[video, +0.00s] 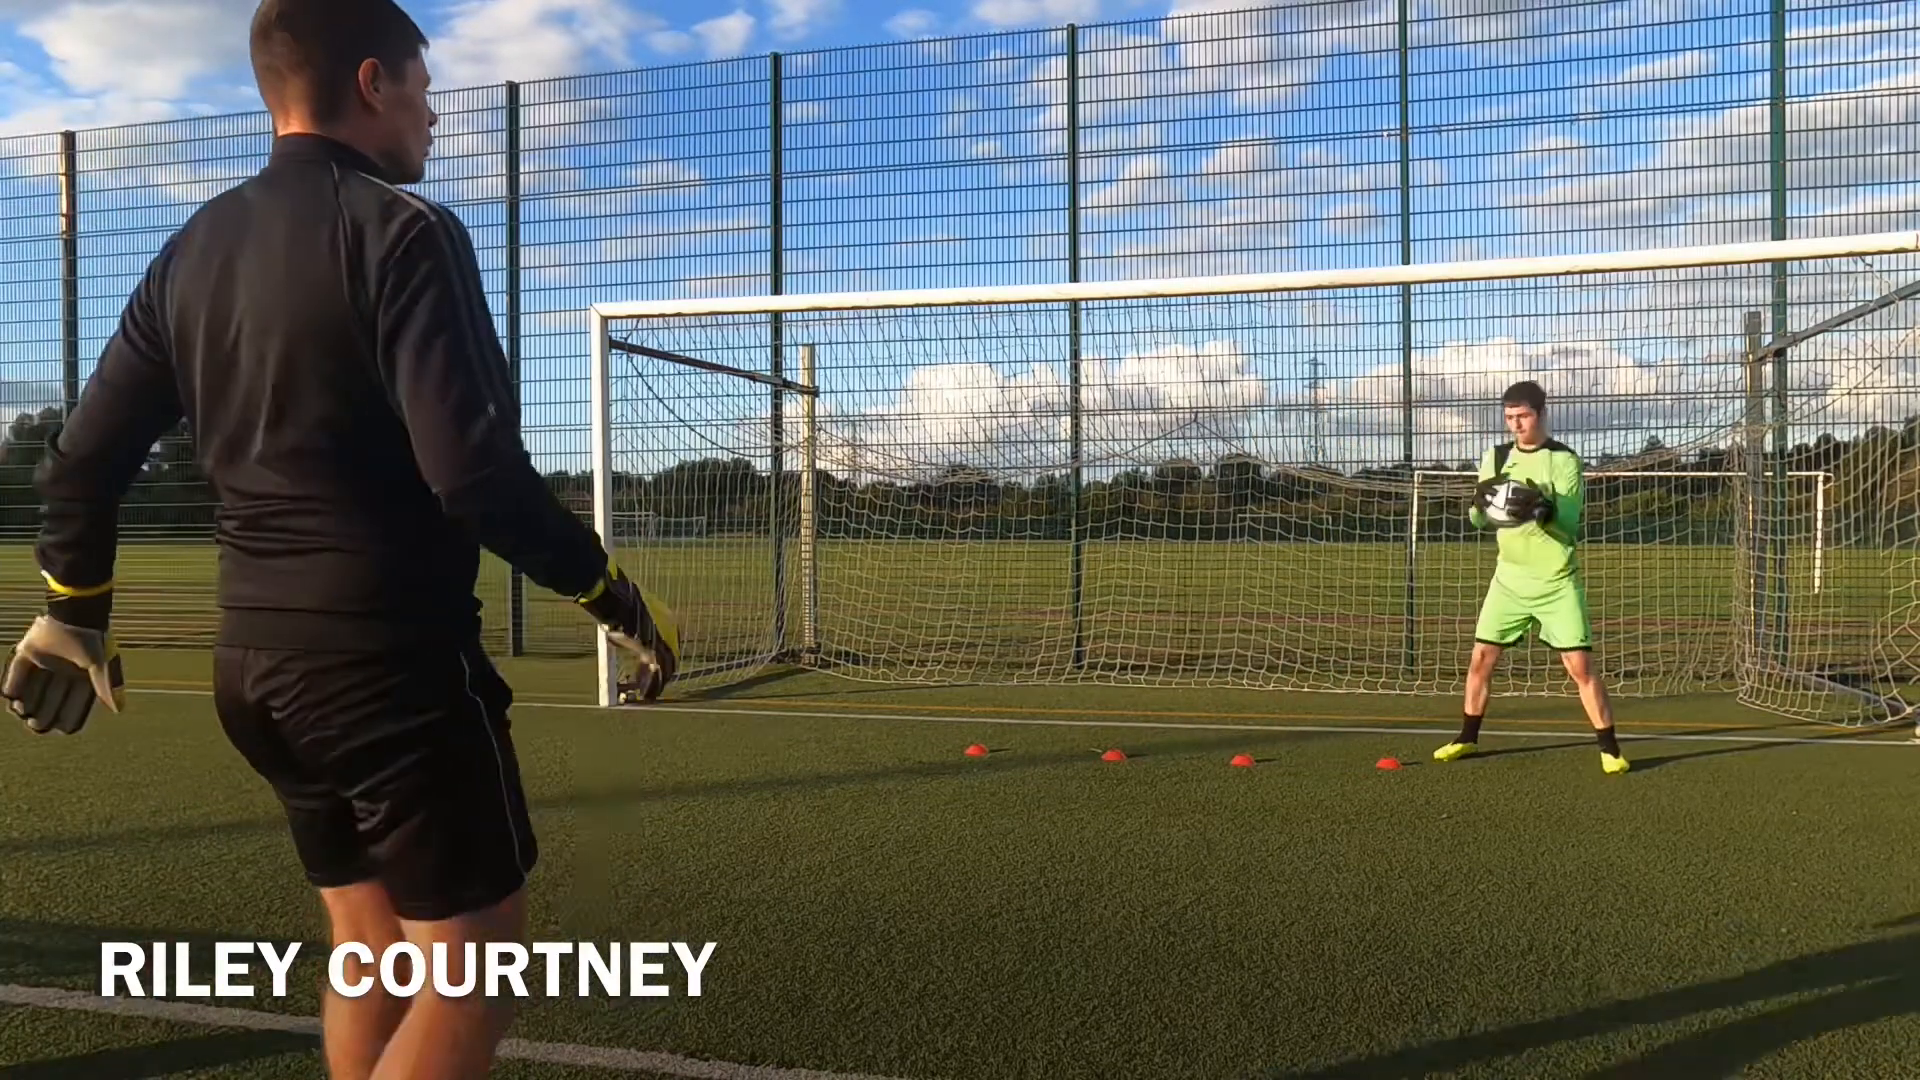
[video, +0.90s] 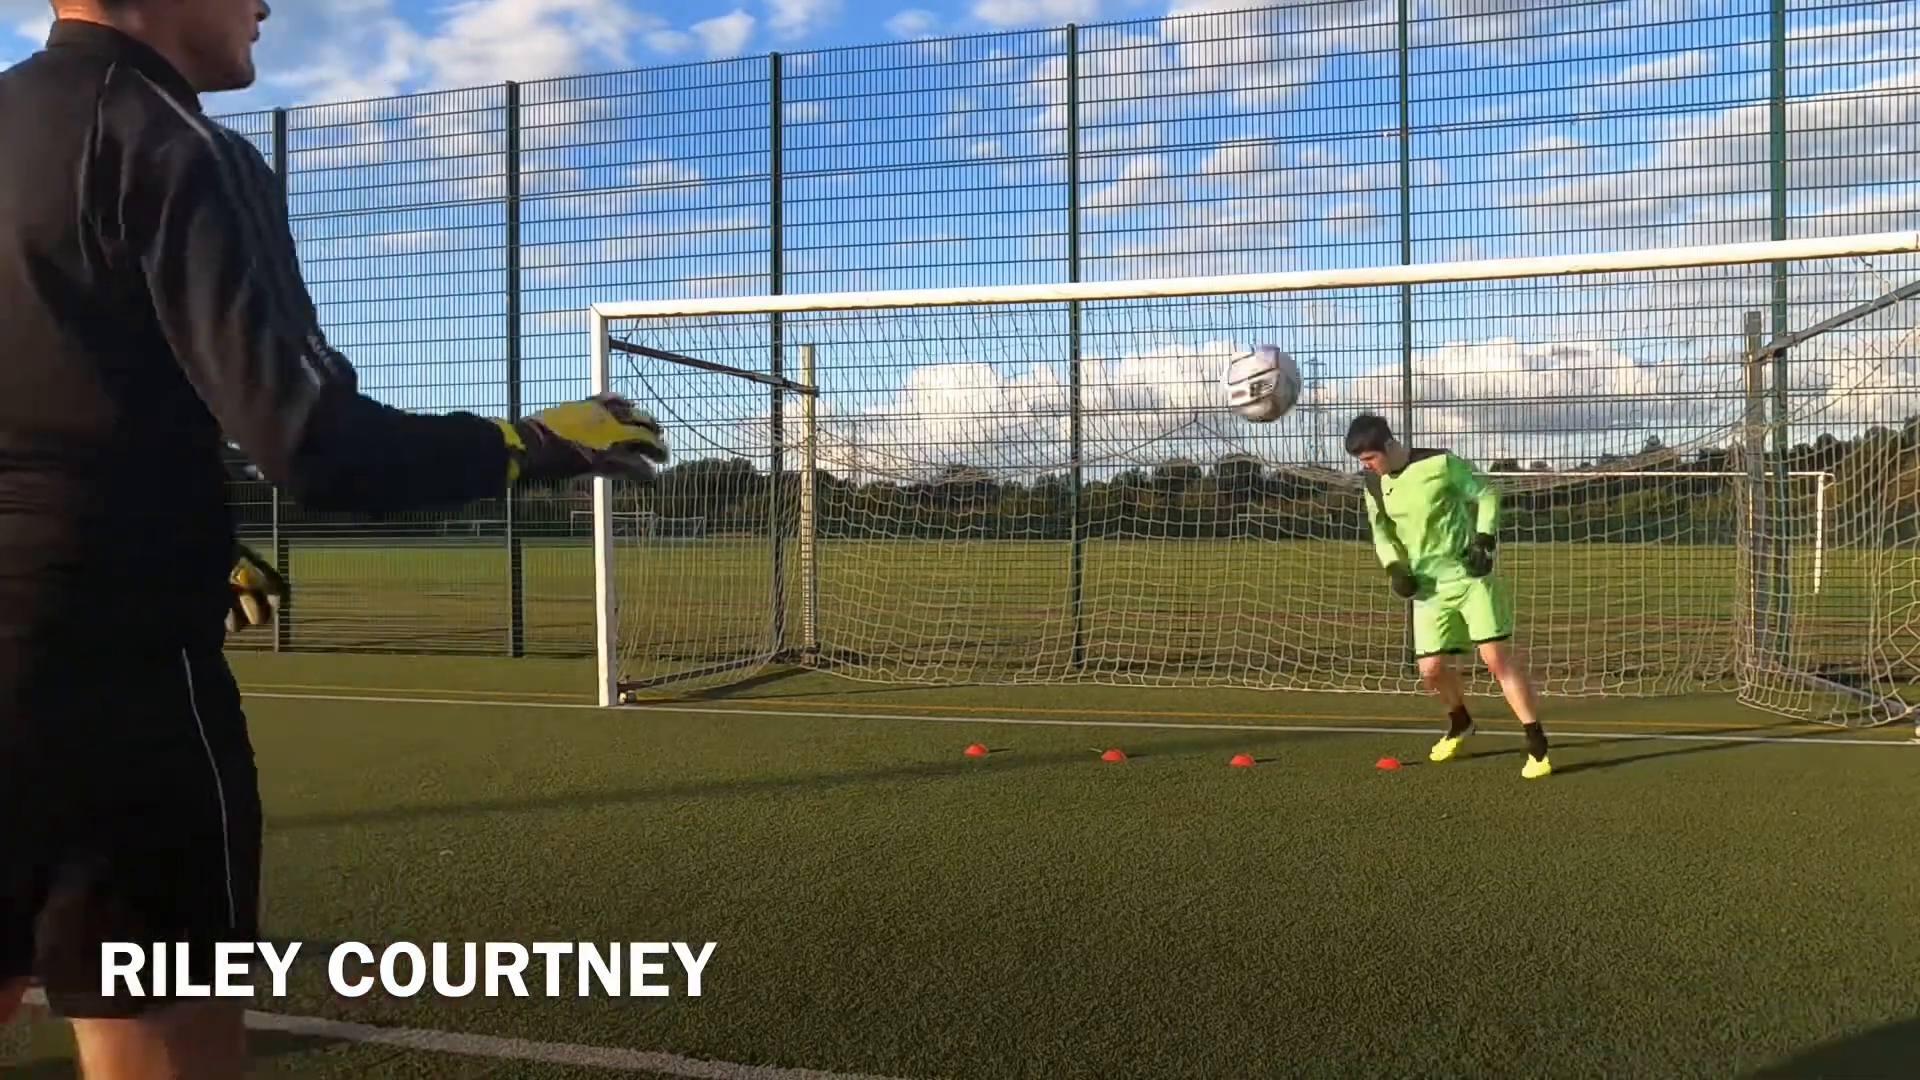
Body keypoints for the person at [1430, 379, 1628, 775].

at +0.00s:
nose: (1516, 423)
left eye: (1523, 415)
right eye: (1510, 417)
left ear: (1541, 414)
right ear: (1505, 420)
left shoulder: (1564, 461)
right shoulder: (1496, 458)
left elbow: (1572, 528)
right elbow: (1478, 521)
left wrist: (1543, 511)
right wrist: (1483, 504)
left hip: (1557, 583)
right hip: (1508, 581)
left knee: (1580, 666)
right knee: (1481, 657)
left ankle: (1609, 749)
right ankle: (1468, 738)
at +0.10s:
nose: (1486, 441)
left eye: (1493, 433)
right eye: (1481, 434)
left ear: (1511, 429)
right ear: (1477, 436)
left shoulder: (1547, 468)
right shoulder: (1481, 471)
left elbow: (1567, 529)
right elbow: (1478, 521)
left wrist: (1527, 540)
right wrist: (1475, 539)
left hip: (1556, 584)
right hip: (1508, 582)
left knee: (1578, 664)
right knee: (1486, 656)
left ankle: (1609, 748)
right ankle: (1467, 739)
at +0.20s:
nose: (1458, 456)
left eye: (1463, 446)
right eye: (1452, 450)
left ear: (1481, 442)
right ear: (1450, 453)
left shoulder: (1523, 477)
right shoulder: (1467, 485)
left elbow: (1552, 534)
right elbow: (1470, 528)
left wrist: (1504, 549)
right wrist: (1454, 555)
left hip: (1554, 584)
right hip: (1509, 588)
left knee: (1576, 664)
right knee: (1482, 656)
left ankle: (1609, 749)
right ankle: (1468, 739)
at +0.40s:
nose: (1416, 469)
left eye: (1422, 460)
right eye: (1408, 464)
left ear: (1438, 458)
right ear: (1404, 472)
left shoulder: (1482, 491)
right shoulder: (1428, 505)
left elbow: (1538, 501)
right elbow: (1442, 532)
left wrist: (1535, 547)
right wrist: (1431, 561)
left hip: (1521, 588)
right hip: (1476, 592)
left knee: (1553, 665)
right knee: (1455, 662)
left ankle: (1601, 746)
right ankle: (1464, 739)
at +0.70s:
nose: (1378, 463)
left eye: (1381, 455)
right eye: (1373, 458)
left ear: (1399, 442)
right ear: (1372, 455)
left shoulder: (1451, 460)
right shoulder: (1387, 484)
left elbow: (1502, 484)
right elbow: (1399, 537)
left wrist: (1504, 528)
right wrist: (1417, 510)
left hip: (1487, 567)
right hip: (1444, 576)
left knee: (1511, 649)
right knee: (1448, 659)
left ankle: (1545, 734)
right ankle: (1461, 737)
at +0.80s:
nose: (1369, 461)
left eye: (1372, 453)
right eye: (1364, 455)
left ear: (1392, 438)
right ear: (1365, 451)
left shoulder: (1444, 458)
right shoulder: (1378, 484)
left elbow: (1492, 481)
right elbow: (1393, 535)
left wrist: (1494, 526)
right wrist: (1422, 539)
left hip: (1481, 569)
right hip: (1438, 579)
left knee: (1504, 647)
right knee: (1453, 660)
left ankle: (1533, 738)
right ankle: (1464, 738)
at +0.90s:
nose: (1365, 466)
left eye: (1368, 458)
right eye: (1360, 461)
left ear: (1388, 444)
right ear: (1363, 457)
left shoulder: (1442, 465)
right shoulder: (1374, 489)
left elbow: (1487, 493)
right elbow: (1382, 535)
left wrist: (1484, 539)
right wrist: (1396, 567)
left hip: (1471, 580)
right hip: (1427, 590)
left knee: (1495, 657)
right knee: (1431, 668)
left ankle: (1537, 744)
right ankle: (1459, 721)